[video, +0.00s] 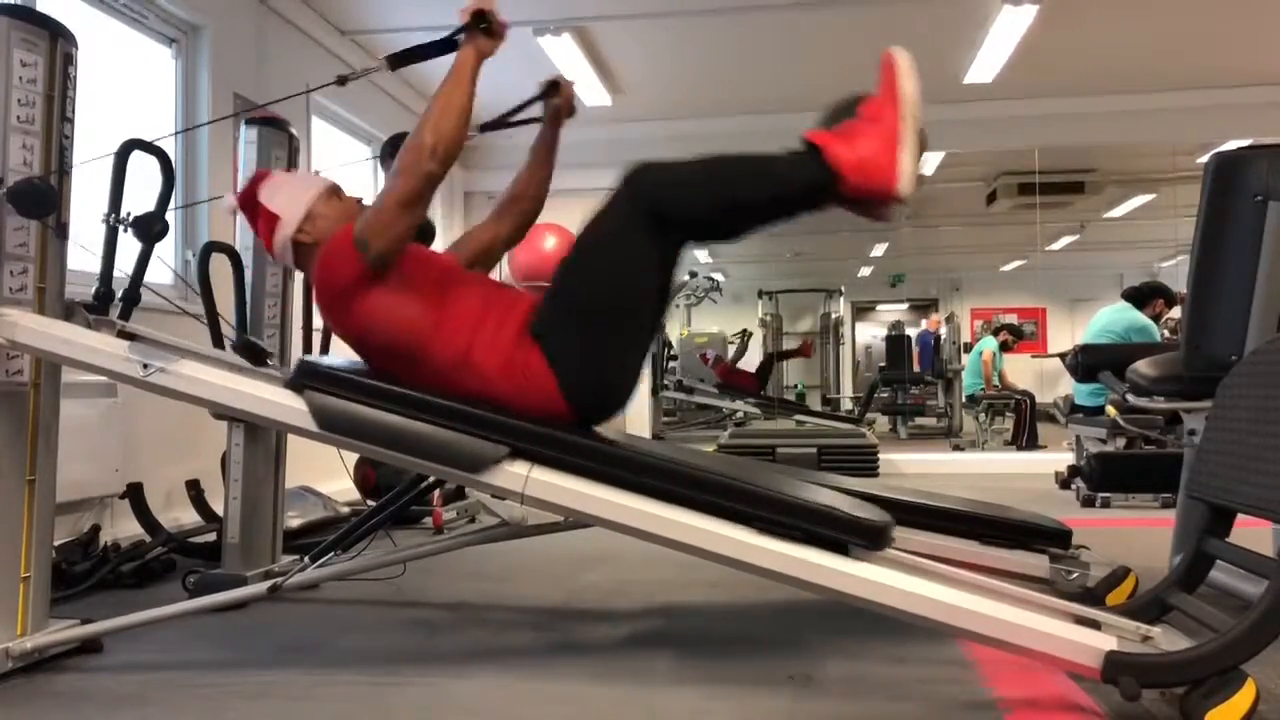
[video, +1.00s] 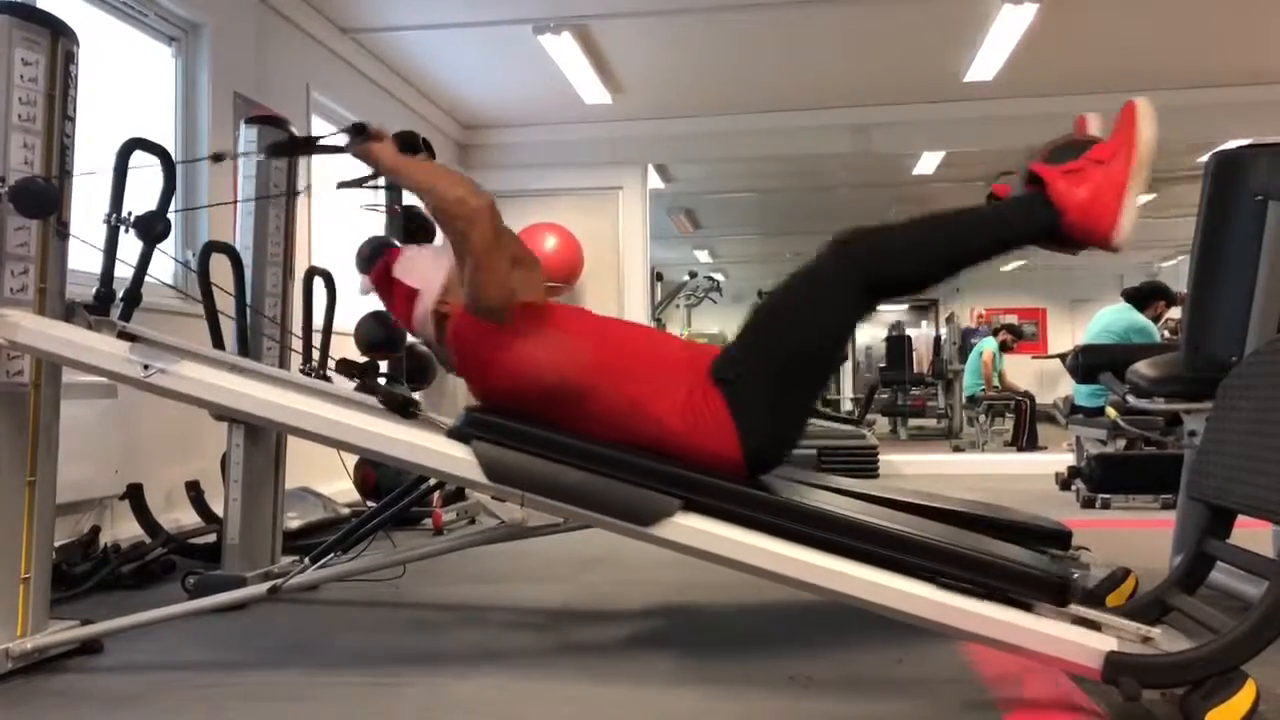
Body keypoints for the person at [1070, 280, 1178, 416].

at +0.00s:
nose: (1162, 317)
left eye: (1165, 313)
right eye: (1165, 312)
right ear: (1158, 304)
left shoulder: (1107, 311)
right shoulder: (1142, 324)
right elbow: (1159, 367)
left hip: (1081, 397)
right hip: (1102, 401)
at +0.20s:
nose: (1163, 317)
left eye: (1166, 313)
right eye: (1165, 312)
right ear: (1159, 305)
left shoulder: (1108, 311)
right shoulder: (1142, 324)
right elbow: (1160, 366)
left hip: (1081, 397)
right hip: (1101, 401)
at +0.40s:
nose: (1162, 318)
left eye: (1166, 314)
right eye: (1165, 313)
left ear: (1140, 299)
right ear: (1159, 305)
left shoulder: (1108, 311)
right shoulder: (1142, 324)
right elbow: (1160, 366)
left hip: (1081, 397)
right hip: (1101, 402)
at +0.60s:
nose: (1163, 316)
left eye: (1166, 312)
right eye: (1165, 311)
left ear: (1139, 298)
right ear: (1158, 305)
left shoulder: (1106, 311)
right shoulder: (1143, 324)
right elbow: (1157, 367)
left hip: (1081, 396)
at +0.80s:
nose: (1163, 316)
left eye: (1167, 312)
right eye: (1166, 311)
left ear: (1140, 299)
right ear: (1159, 306)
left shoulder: (1106, 312)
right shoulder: (1142, 325)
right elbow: (1157, 368)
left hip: (1080, 397)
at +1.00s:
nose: (1164, 314)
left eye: (1167, 310)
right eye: (1166, 309)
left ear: (1140, 298)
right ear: (1160, 306)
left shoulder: (1106, 312)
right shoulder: (1143, 325)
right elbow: (1159, 367)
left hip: (1081, 398)